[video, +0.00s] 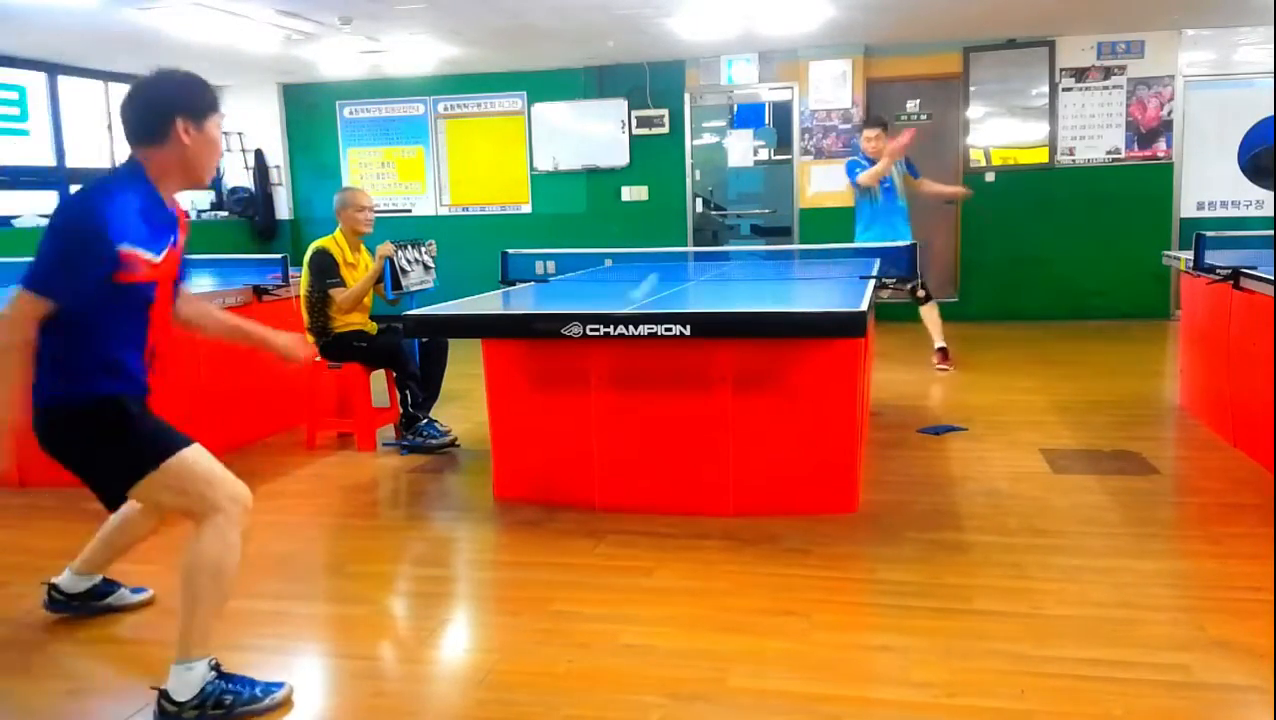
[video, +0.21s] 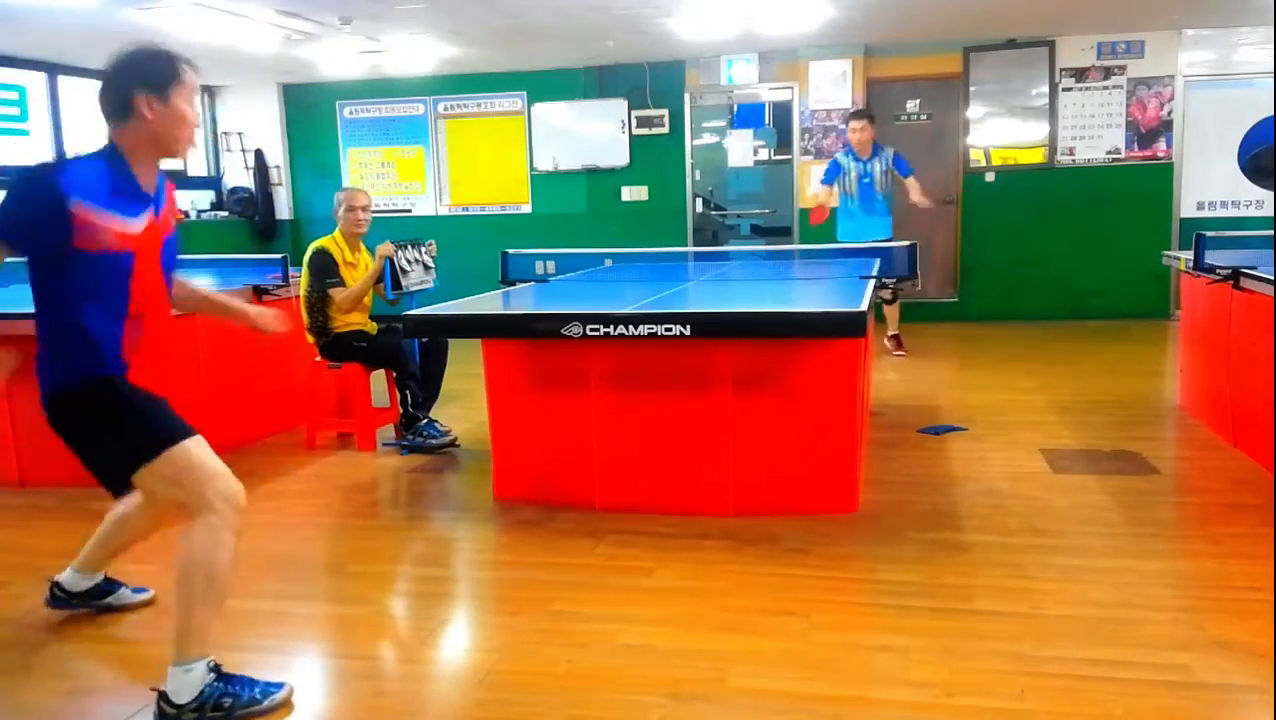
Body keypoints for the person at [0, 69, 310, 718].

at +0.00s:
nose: (221, 145)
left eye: (220, 131)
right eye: (216, 130)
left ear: (175, 134)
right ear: (181, 132)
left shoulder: (169, 218)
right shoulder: (96, 208)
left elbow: (181, 306)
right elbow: (19, 317)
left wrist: (269, 337)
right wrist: (10, 431)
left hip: (115, 402)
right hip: (82, 407)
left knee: (167, 495)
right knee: (227, 502)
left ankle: (74, 584)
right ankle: (191, 680)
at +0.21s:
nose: (197, 118)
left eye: (197, 103)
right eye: (190, 103)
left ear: (148, 109)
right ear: (146, 106)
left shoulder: (159, 196)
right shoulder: (54, 188)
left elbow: (172, 288)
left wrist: (248, 313)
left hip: (110, 380)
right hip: (81, 385)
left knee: (169, 493)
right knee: (219, 498)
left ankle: (77, 581)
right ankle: (189, 682)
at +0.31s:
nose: (155, 80)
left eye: (155, 66)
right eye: (145, 64)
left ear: (98, 71)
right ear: (98, 65)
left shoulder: (84, 133)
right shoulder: (80, 122)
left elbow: (90, 252)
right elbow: (110, 183)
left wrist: (158, 303)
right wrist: (218, 181)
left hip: (69, 343)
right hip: (98, 341)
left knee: (135, 441)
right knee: (206, 493)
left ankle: (90, 556)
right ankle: (146, 661)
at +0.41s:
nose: (124, 62)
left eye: (121, 50)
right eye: (115, 51)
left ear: (59, 62)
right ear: (75, 58)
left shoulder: (19, 133)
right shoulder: (96, 104)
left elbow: (7, 252)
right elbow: (208, 84)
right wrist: (263, 79)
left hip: (51, 345)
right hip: (112, 337)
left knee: (119, 429)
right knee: (216, 490)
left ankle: (54, 552)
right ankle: (110, 631)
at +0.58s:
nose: (108, 121)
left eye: (103, 109)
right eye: (102, 109)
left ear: (32, 126)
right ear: (77, 116)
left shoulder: (6, 197)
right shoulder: (129, 183)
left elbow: (8, 307)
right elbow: (173, 278)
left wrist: (5, 394)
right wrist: (96, 278)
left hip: (45, 400)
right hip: (134, 394)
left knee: (42, 491)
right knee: (256, 501)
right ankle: (262, 642)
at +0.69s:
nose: (121, 114)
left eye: (118, 101)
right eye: (116, 102)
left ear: (45, 114)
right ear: (93, 107)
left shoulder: (12, 192)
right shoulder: (145, 178)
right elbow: (212, 277)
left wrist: (10, 378)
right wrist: (184, 310)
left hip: (69, 396)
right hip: (153, 388)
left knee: (46, 493)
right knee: (272, 493)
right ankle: (260, 645)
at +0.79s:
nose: (158, 80)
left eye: (154, 67)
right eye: (154, 67)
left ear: (89, 78)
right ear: (133, 72)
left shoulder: (50, 160)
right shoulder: (162, 141)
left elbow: (10, 262)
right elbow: (234, 229)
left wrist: (44, 337)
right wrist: (269, 295)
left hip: (99, 367)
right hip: (181, 362)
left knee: (92, 479)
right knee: (288, 481)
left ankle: (15, 598)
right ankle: (265, 644)